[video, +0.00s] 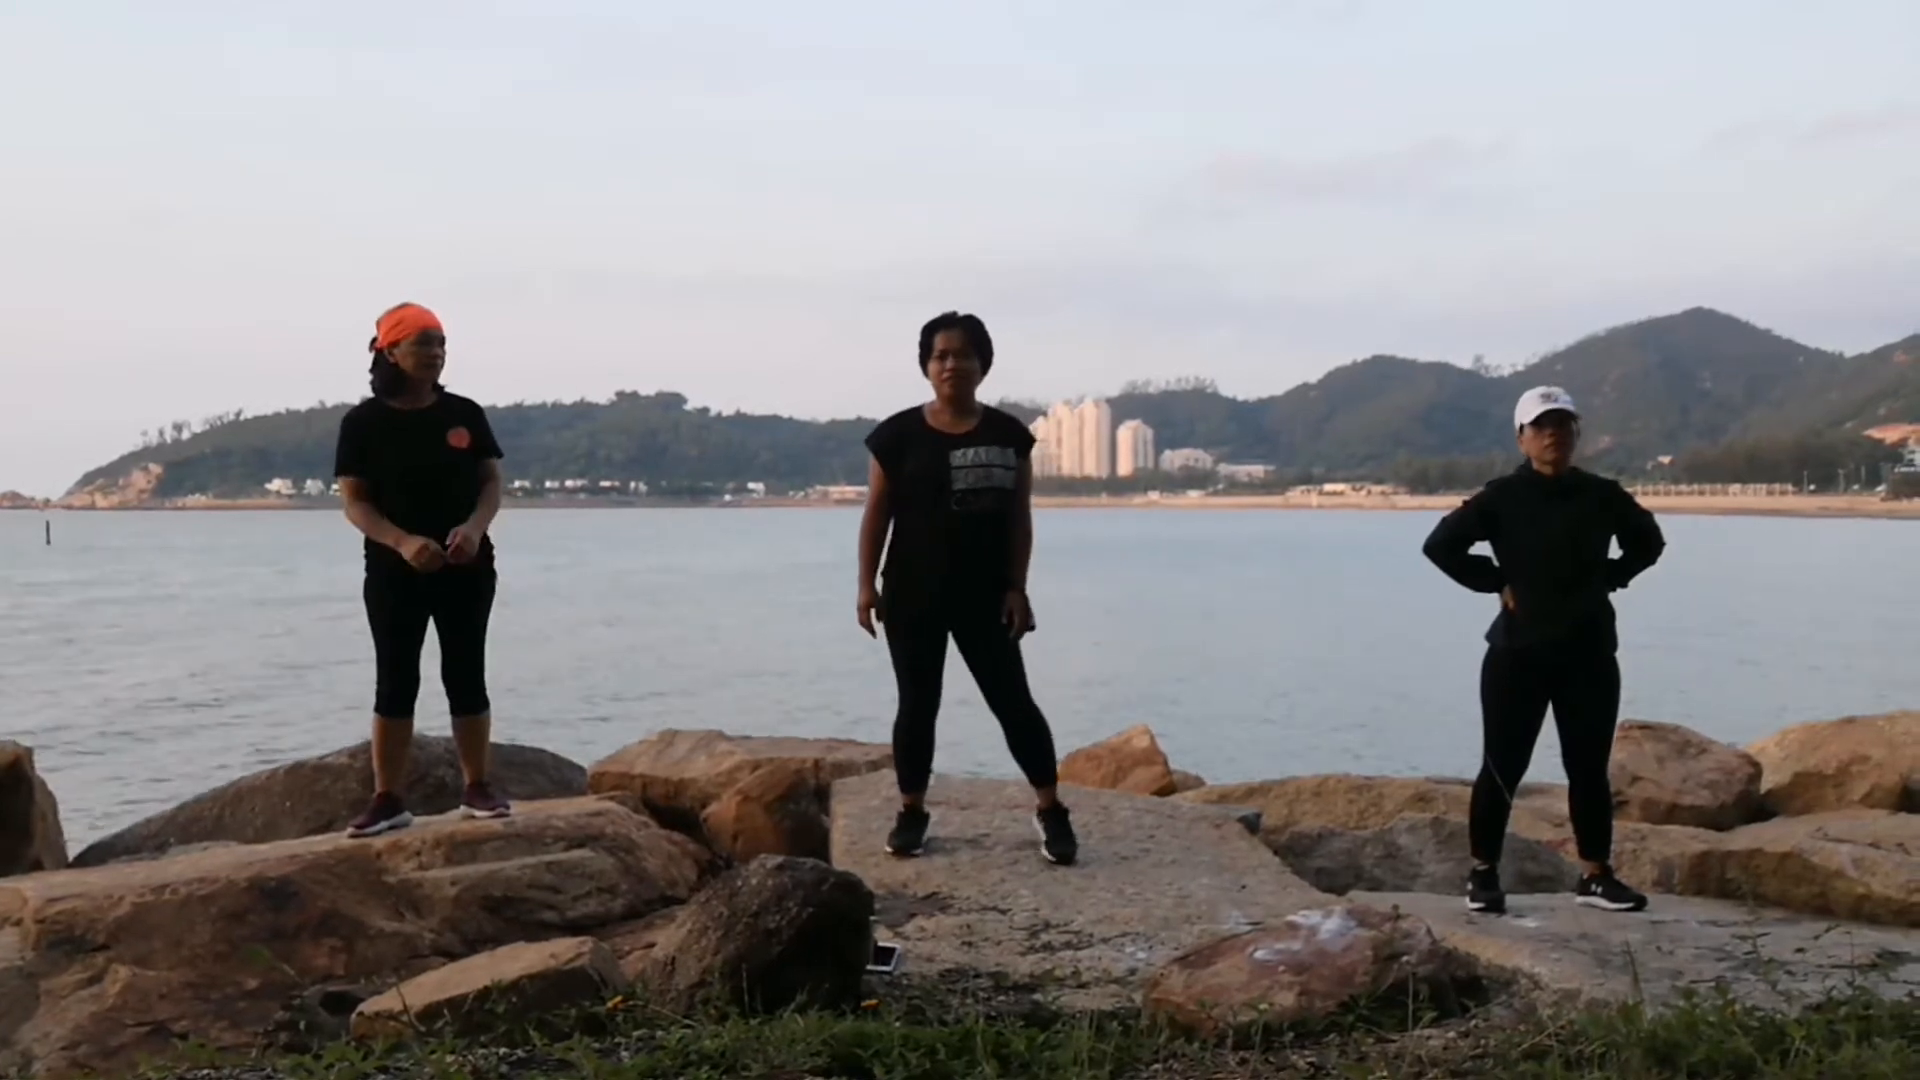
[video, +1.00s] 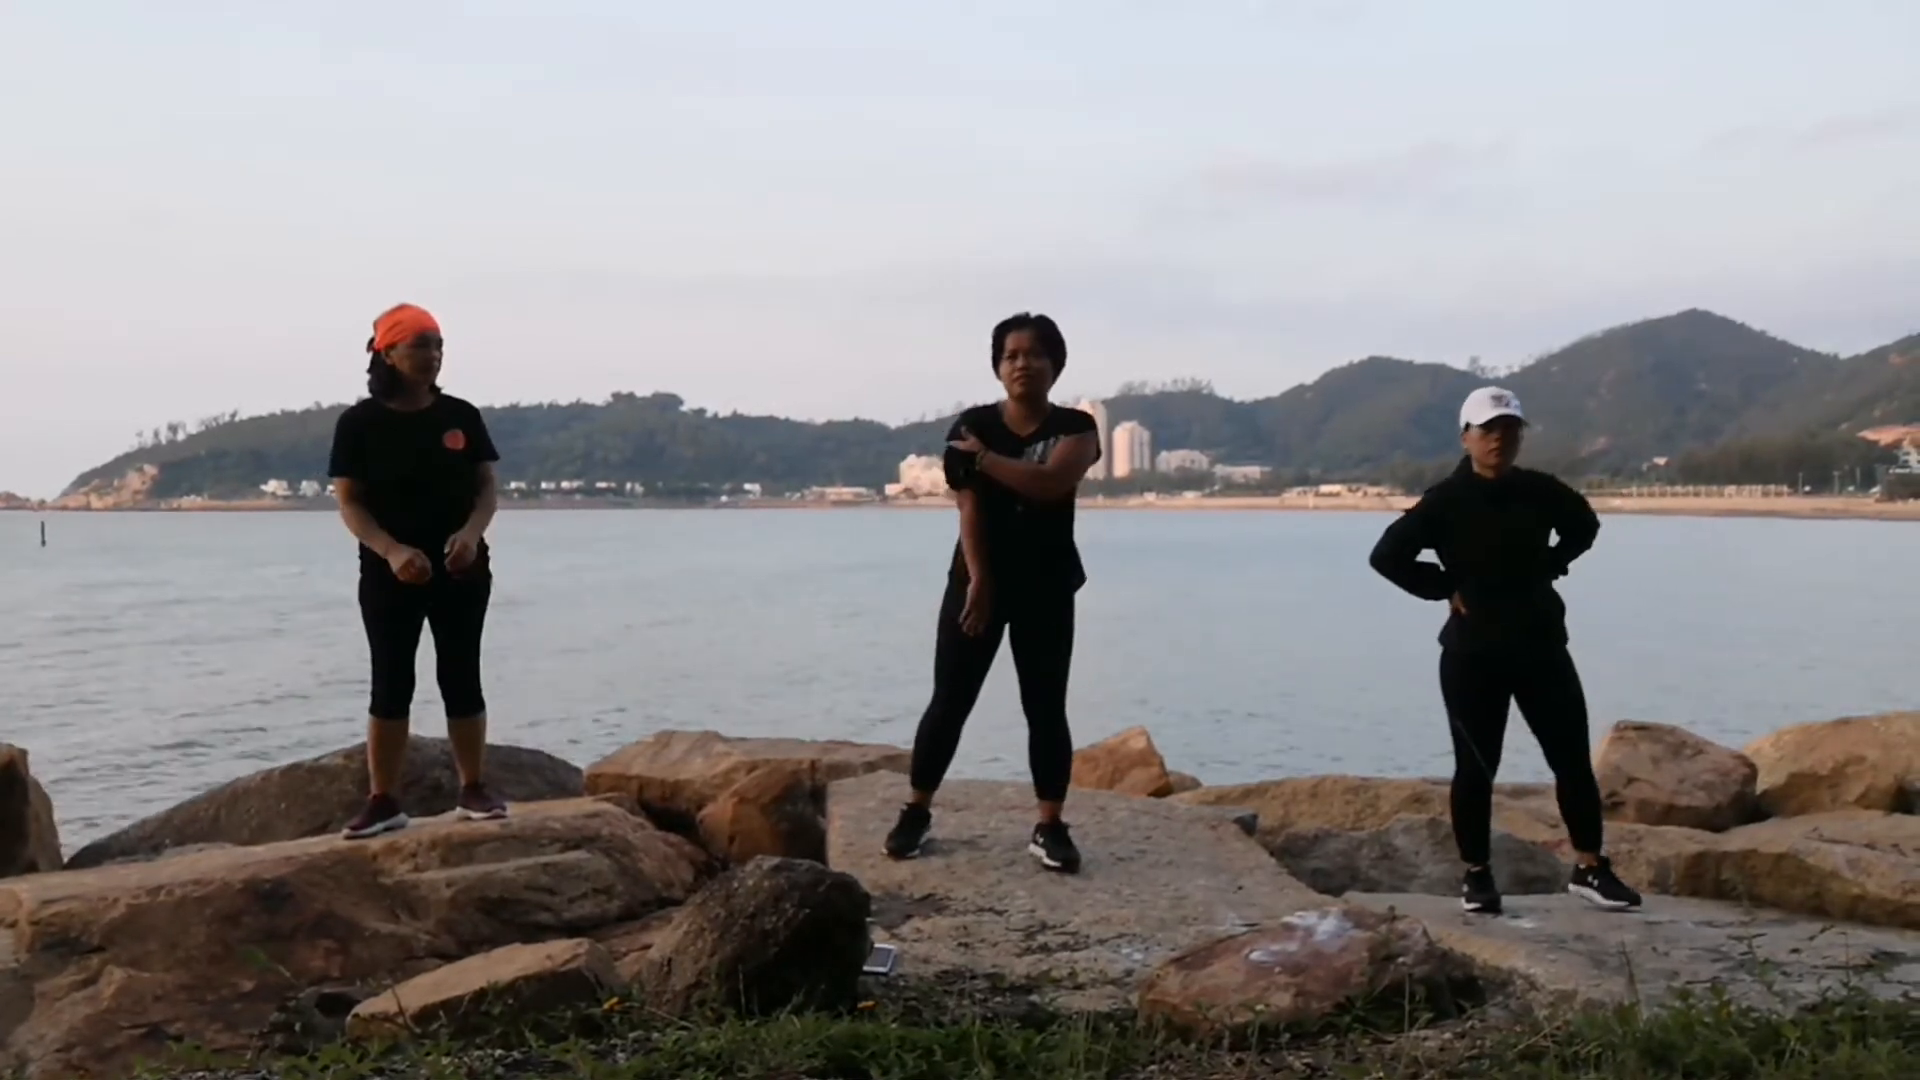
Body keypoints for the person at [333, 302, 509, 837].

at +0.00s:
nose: (437, 351)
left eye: (440, 342)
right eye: (424, 343)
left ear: (445, 349)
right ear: (391, 353)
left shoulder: (465, 414)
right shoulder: (361, 423)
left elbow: (492, 482)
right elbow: (354, 505)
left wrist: (476, 525)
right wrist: (402, 540)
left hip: (465, 570)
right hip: (395, 573)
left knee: (467, 681)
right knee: (395, 686)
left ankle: (477, 789)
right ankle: (387, 798)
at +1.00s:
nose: (434, 354)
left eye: (437, 344)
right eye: (421, 345)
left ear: (441, 350)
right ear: (388, 354)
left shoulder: (462, 416)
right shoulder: (357, 424)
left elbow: (488, 487)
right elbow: (348, 505)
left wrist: (472, 531)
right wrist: (391, 548)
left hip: (459, 570)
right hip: (389, 573)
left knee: (462, 681)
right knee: (390, 687)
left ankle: (472, 790)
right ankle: (382, 799)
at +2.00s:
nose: (430, 356)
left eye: (433, 346)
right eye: (417, 348)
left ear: (438, 352)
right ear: (383, 356)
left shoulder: (459, 417)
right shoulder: (354, 425)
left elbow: (485, 487)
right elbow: (345, 506)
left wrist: (475, 534)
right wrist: (381, 555)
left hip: (456, 575)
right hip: (387, 577)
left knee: (458, 683)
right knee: (386, 690)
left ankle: (468, 791)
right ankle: (378, 801)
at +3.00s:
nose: (424, 358)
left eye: (428, 348)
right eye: (411, 349)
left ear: (433, 353)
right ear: (378, 356)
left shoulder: (453, 419)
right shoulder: (348, 426)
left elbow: (483, 491)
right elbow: (339, 508)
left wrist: (456, 527)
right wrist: (394, 539)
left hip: (449, 571)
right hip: (379, 574)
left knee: (452, 684)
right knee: (379, 690)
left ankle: (462, 793)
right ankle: (372, 803)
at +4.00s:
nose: (412, 358)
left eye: (418, 349)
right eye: (400, 349)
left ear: (426, 355)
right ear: (369, 356)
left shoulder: (448, 422)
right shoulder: (341, 427)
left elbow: (469, 491)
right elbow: (331, 506)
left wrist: (449, 536)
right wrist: (369, 553)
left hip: (441, 575)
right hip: (369, 579)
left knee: (444, 686)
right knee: (370, 692)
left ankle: (455, 796)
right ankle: (365, 805)